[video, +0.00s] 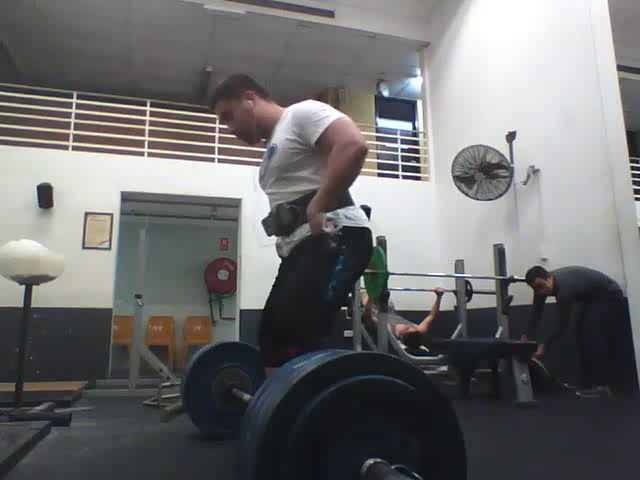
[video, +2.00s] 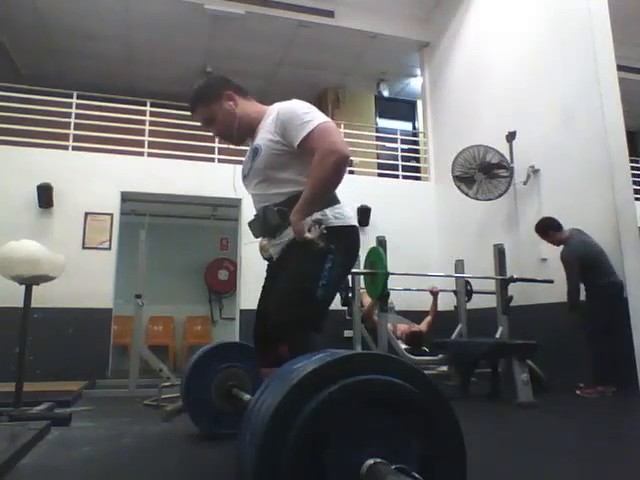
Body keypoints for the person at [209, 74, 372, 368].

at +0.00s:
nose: (228, 129)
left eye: (228, 117)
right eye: (223, 123)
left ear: (250, 99)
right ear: (251, 101)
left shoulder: (301, 113)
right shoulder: (273, 152)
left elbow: (351, 144)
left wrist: (318, 207)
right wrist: (285, 231)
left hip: (333, 238)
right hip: (305, 248)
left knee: (296, 335)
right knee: (273, 335)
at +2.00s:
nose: (214, 133)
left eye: (211, 121)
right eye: (207, 127)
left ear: (230, 100)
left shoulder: (287, 112)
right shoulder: (251, 161)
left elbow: (335, 153)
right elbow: (276, 202)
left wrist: (300, 215)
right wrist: (267, 236)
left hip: (324, 235)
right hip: (290, 247)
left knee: (289, 330)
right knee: (266, 333)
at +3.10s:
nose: (209, 148)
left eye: (205, 138)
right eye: (201, 144)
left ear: (221, 113)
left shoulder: (280, 116)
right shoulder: (249, 167)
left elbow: (330, 154)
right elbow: (278, 207)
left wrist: (302, 220)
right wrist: (271, 241)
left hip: (330, 237)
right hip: (294, 251)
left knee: (302, 335)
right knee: (270, 336)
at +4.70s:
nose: (202, 149)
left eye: (199, 138)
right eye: (195, 145)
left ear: (217, 114)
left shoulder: (274, 118)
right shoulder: (243, 168)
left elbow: (310, 169)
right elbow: (271, 218)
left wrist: (289, 243)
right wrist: (248, 263)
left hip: (330, 235)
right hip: (296, 246)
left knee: (302, 334)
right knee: (267, 335)